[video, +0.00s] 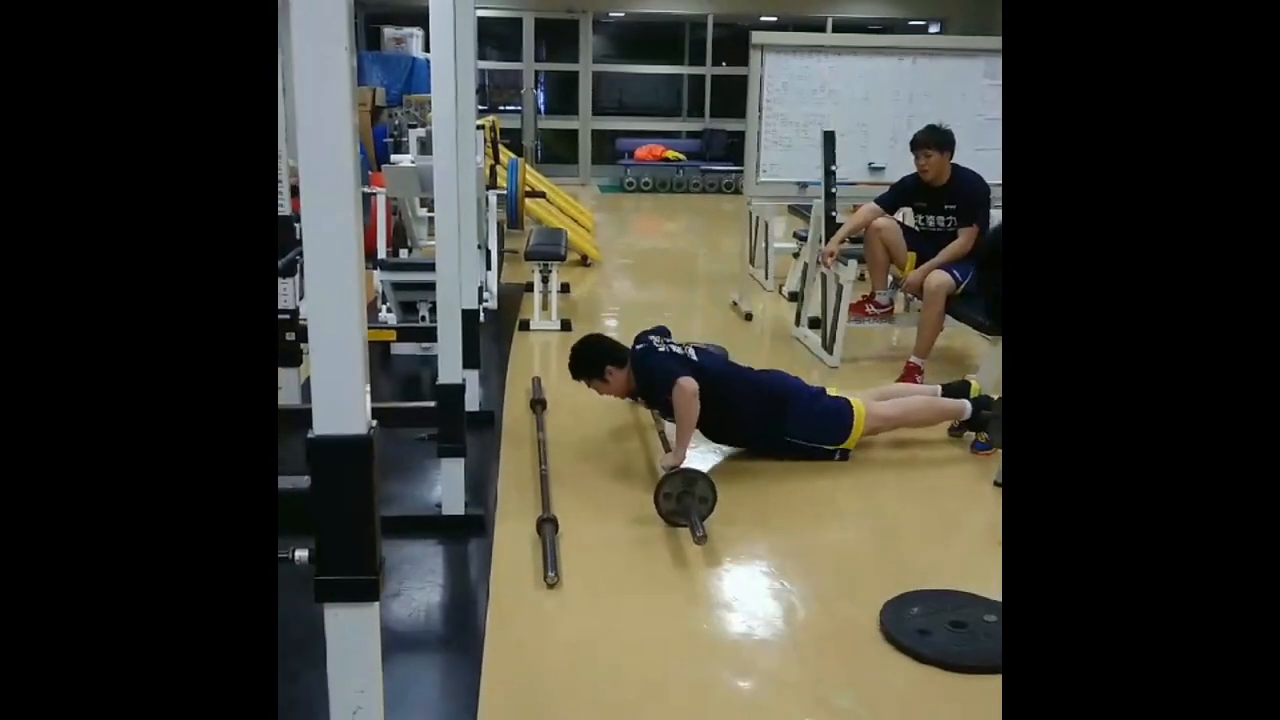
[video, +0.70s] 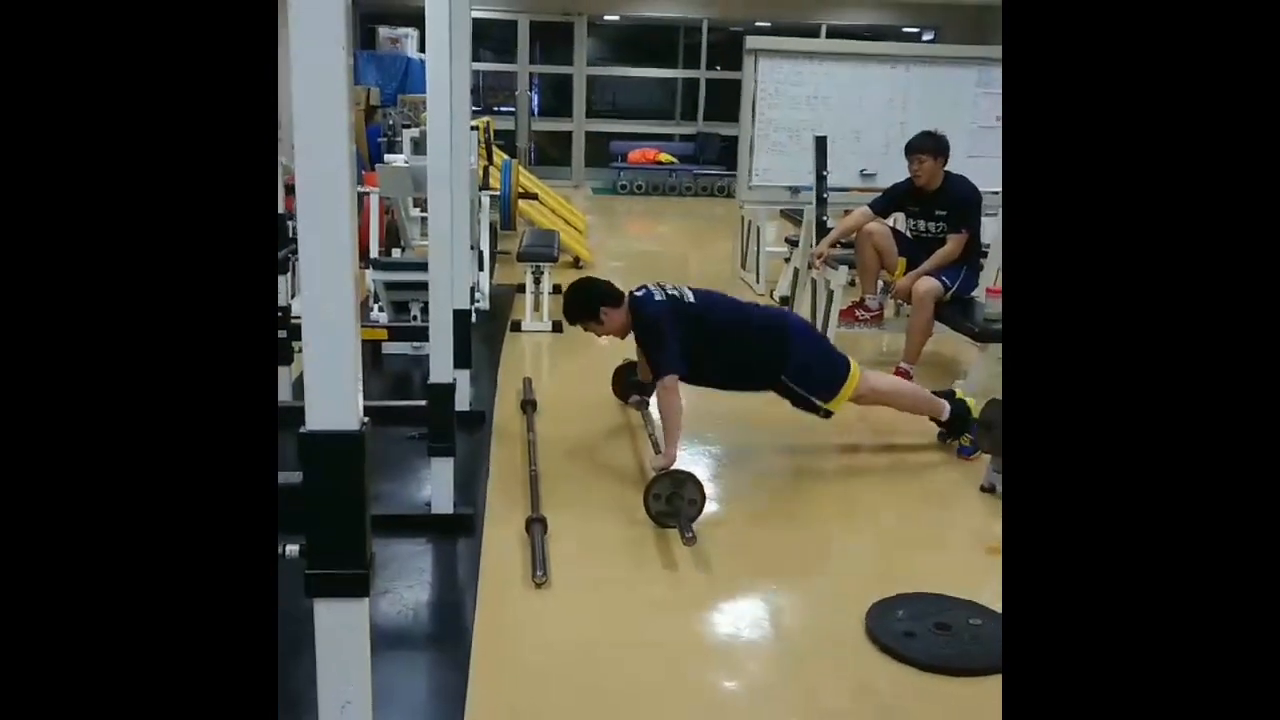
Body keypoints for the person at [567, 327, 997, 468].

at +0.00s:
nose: (601, 394)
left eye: (597, 387)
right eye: (594, 389)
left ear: (608, 374)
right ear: (611, 358)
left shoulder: (649, 367)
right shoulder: (644, 348)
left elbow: (688, 388)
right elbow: (681, 364)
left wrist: (679, 452)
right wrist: (671, 414)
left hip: (780, 414)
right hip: (774, 395)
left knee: (873, 419)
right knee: (863, 406)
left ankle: (971, 408)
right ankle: (949, 391)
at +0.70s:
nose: (597, 336)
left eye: (592, 329)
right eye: (590, 330)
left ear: (605, 314)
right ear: (609, 300)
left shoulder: (652, 320)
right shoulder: (645, 301)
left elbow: (669, 390)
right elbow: (664, 354)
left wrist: (670, 453)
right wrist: (645, 374)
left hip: (784, 348)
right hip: (779, 331)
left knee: (859, 389)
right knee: (853, 380)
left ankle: (949, 410)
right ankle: (938, 403)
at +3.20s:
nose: (705, 76)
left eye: (712, 69)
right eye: (709, 69)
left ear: (732, 80)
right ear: (732, 81)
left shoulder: (741, 136)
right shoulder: (721, 132)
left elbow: (731, 211)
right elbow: (704, 199)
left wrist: (710, 270)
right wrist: (690, 241)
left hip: (748, 265)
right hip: (728, 261)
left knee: (718, 366)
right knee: (707, 360)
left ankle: (739, 472)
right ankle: (732, 453)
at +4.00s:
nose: (617, 347)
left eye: (613, 340)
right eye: (611, 343)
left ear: (626, 325)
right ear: (629, 318)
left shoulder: (666, 333)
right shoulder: (655, 319)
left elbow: (666, 412)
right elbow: (648, 375)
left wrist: (666, 478)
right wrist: (642, 417)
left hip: (786, 307)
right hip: (768, 297)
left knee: (713, 383)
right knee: (704, 373)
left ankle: (739, 481)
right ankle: (729, 461)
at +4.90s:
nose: (556, 433)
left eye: (555, 426)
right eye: (552, 427)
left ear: (569, 416)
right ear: (571, 406)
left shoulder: (607, 416)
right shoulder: (601, 408)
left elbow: (661, 428)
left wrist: (649, 485)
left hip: (733, 468)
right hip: (729, 449)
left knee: (833, 473)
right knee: (823, 453)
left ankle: (935, 461)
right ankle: (909, 442)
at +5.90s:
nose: (606, 293)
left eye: (611, 284)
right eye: (608, 284)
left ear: (636, 293)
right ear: (637, 294)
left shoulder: (662, 333)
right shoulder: (651, 323)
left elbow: (662, 408)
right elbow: (635, 372)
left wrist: (643, 475)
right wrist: (619, 417)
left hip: (763, 382)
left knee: (672, 407)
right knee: (666, 394)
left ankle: (702, 504)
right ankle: (689, 470)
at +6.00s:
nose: (603, 280)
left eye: (607, 271)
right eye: (604, 272)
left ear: (632, 276)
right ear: (634, 276)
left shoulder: (667, 310)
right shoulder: (652, 302)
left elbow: (671, 389)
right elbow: (641, 348)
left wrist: (653, 449)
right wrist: (627, 387)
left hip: (772, 351)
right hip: (751, 341)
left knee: (687, 400)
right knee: (678, 388)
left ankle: (705, 505)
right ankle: (690, 467)